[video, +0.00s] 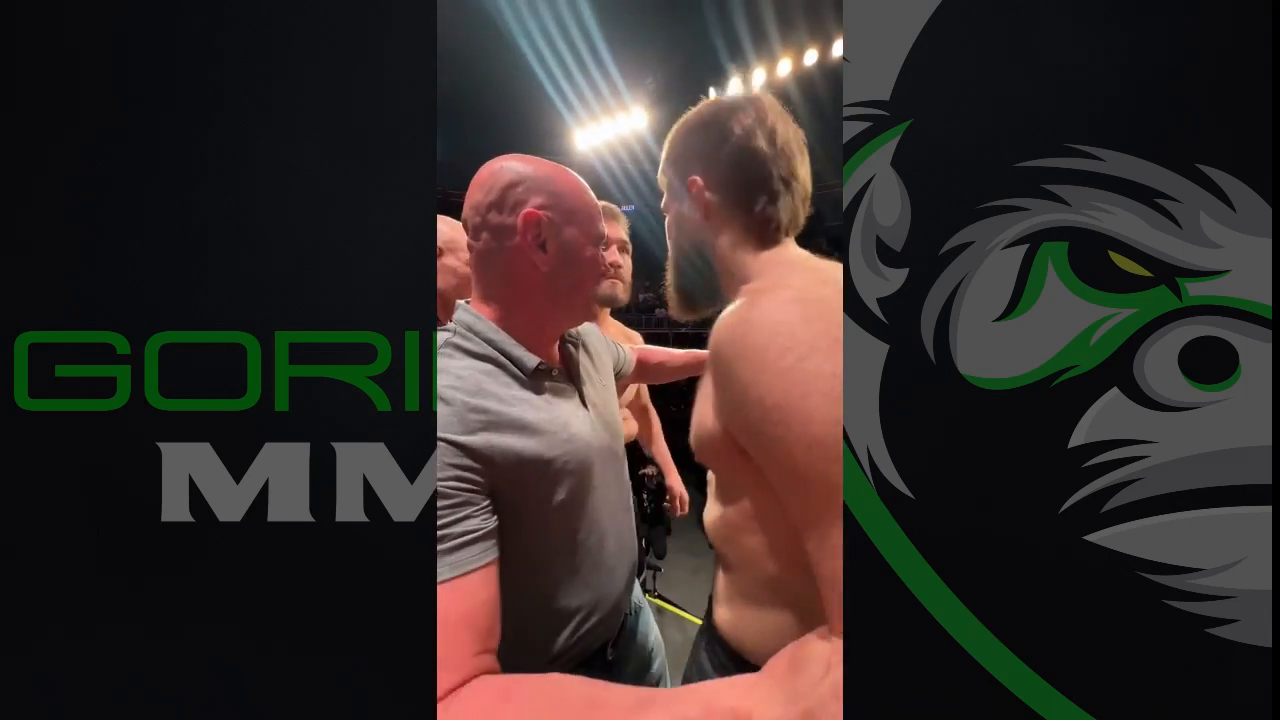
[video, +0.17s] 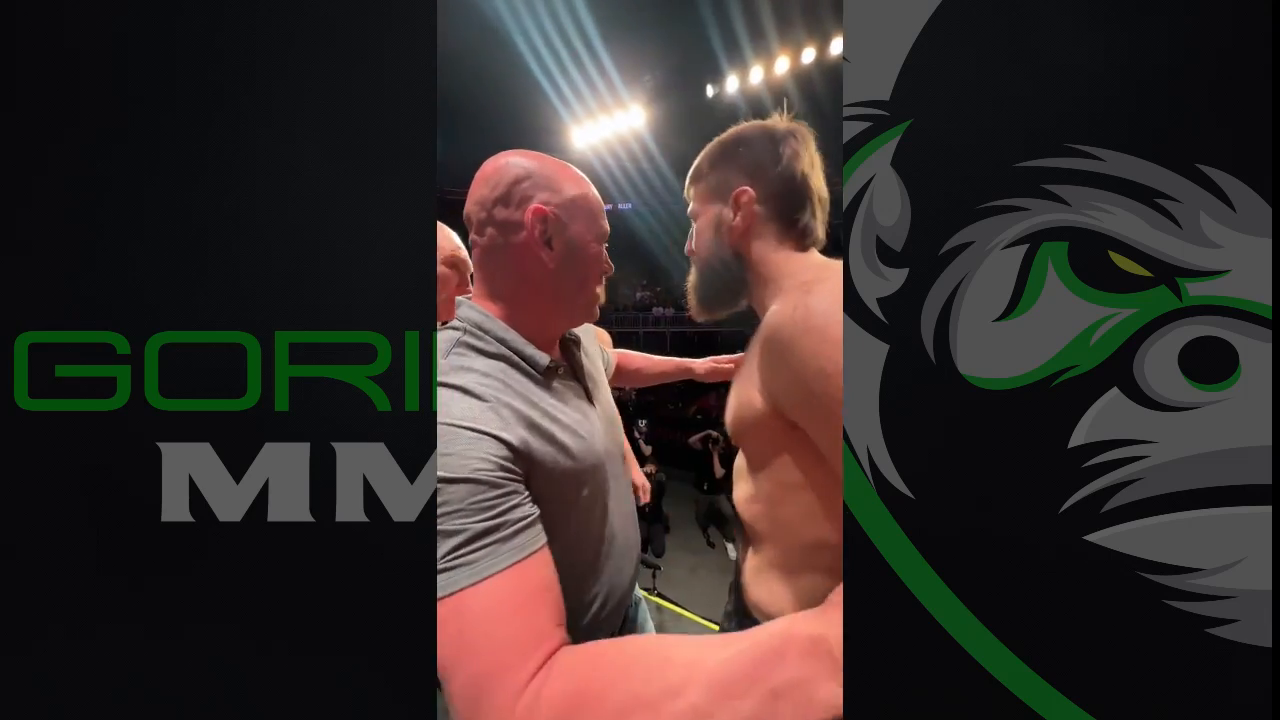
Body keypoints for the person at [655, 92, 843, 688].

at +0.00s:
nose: (665, 223)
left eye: (667, 201)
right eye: (663, 204)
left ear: (698, 196)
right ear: (780, 189)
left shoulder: (759, 328)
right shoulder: (833, 280)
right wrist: (683, 364)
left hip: (758, 672)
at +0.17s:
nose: (609, 265)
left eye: (606, 244)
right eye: (600, 243)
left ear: (543, 232)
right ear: (542, 231)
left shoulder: (570, 340)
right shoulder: (455, 432)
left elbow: (616, 363)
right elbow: (519, 695)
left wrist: (697, 368)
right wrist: (825, 647)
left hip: (625, 611)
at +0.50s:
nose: (599, 265)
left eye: (597, 242)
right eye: (592, 238)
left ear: (539, 229)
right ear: (541, 228)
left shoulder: (520, 335)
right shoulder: (459, 407)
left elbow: (571, 366)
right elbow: (594, 672)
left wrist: (658, 380)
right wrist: (860, 586)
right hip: (493, 698)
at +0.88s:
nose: (624, 277)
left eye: (623, 260)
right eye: (618, 258)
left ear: (573, 250)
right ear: (577, 251)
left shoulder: (558, 340)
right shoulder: (497, 386)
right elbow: (545, 663)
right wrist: (829, 638)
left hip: (598, 594)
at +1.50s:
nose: (650, 277)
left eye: (648, 261)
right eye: (641, 257)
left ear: (592, 257)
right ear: (595, 254)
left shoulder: (545, 333)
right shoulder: (549, 344)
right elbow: (538, 590)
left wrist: (614, 412)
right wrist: (818, 680)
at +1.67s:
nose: (646, 267)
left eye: (642, 253)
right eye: (631, 249)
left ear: (574, 252)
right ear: (575, 250)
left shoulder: (561, 330)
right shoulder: (543, 337)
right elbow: (557, 565)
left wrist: (612, 438)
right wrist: (829, 645)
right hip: (560, 650)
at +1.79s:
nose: (640, 266)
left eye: (635, 251)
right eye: (623, 248)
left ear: (568, 253)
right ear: (567, 251)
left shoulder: (562, 333)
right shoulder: (537, 337)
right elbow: (563, 547)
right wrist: (830, 605)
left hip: (587, 618)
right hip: (553, 636)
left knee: (603, 707)